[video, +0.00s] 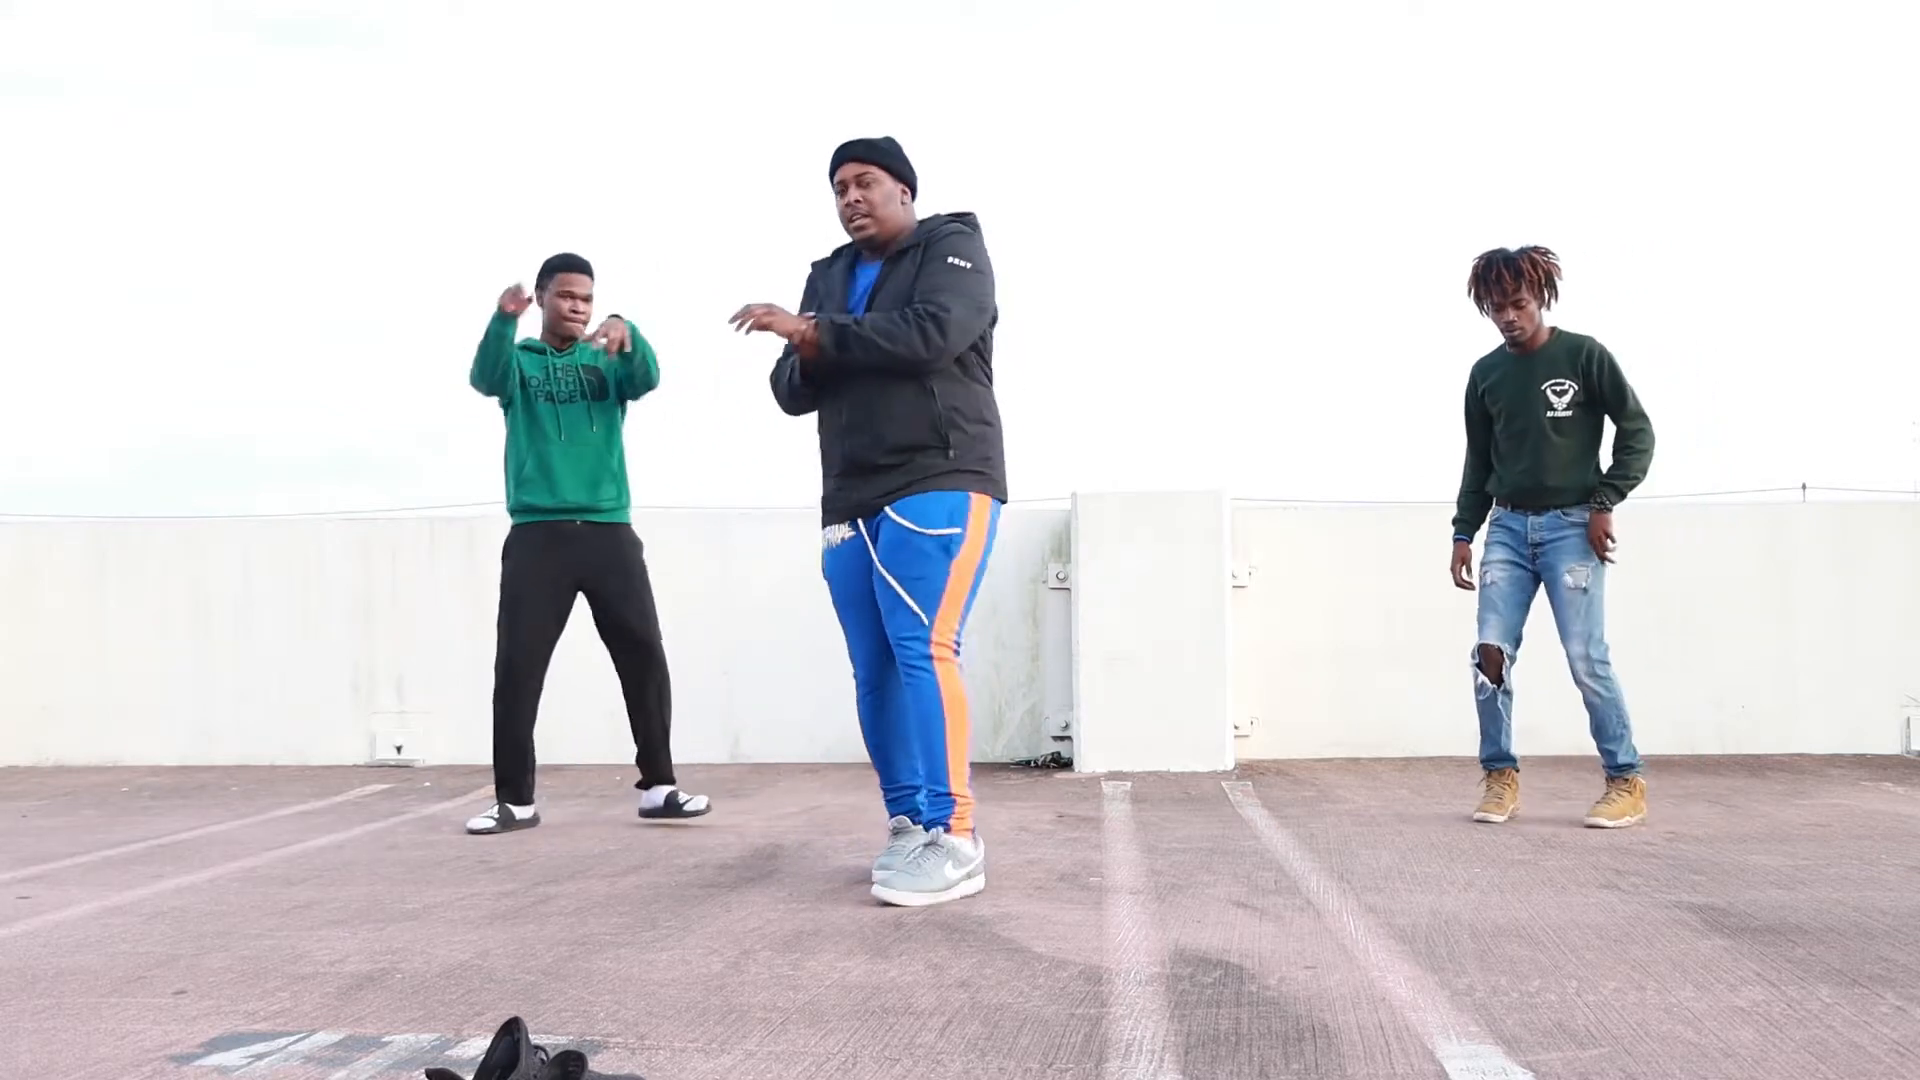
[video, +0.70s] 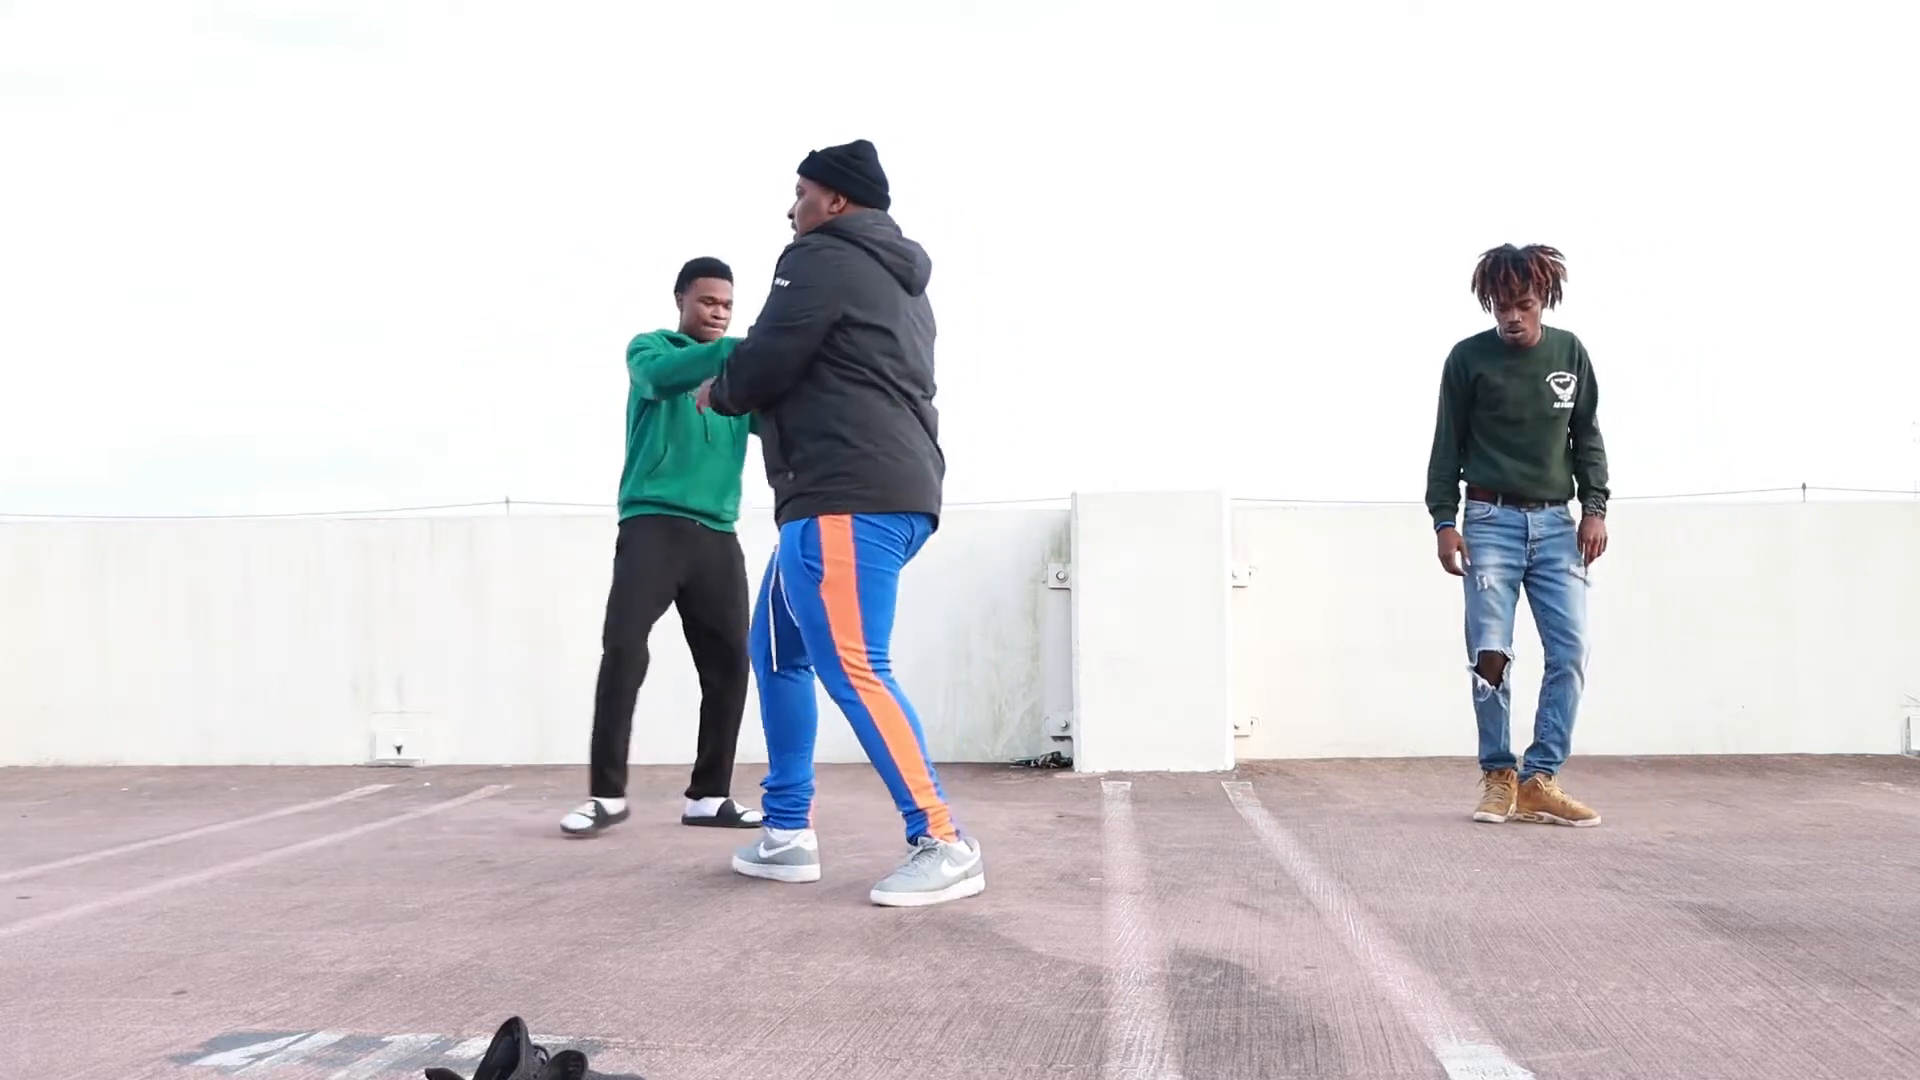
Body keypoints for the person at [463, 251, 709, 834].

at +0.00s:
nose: (576, 306)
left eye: (585, 298)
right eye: (565, 296)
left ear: (593, 305)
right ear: (542, 301)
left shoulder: (607, 359)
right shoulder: (519, 358)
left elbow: (644, 379)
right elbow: (488, 378)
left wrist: (628, 335)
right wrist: (505, 318)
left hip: (610, 534)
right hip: (538, 535)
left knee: (644, 655)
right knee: (517, 668)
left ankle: (658, 788)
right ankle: (514, 801)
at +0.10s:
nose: (584, 299)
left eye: (592, 292)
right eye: (573, 289)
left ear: (599, 302)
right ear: (546, 296)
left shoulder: (611, 358)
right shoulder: (515, 355)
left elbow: (653, 385)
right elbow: (515, 372)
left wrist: (666, 349)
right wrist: (552, 305)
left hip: (613, 534)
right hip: (542, 535)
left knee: (654, 651)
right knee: (523, 669)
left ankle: (677, 784)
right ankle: (515, 801)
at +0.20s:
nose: (599, 310)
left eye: (607, 302)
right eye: (588, 299)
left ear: (613, 309)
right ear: (559, 300)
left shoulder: (621, 366)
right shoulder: (525, 352)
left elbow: (666, 405)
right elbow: (539, 381)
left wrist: (704, 368)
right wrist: (615, 338)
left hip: (620, 537)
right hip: (550, 539)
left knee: (667, 651)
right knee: (527, 669)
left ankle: (697, 786)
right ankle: (515, 802)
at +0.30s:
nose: (618, 325)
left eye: (626, 316)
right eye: (606, 314)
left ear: (632, 321)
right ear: (579, 315)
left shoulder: (638, 386)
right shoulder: (551, 361)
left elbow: (676, 432)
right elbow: (573, 393)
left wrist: (720, 420)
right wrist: (655, 387)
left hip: (633, 549)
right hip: (565, 547)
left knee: (682, 657)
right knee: (534, 673)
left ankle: (702, 796)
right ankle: (514, 803)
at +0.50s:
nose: (675, 329)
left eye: (683, 321)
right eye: (664, 319)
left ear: (690, 329)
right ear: (639, 321)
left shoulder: (691, 398)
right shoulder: (615, 365)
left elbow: (728, 461)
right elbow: (639, 404)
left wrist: (777, 461)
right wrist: (720, 412)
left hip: (681, 551)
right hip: (616, 545)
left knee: (722, 667)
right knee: (570, 670)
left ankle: (708, 798)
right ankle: (518, 794)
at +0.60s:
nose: (699, 322)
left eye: (707, 314)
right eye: (688, 311)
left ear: (714, 323)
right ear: (661, 315)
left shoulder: (717, 394)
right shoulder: (636, 358)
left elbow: (758, 446)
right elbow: (649, 389)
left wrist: (818, 440)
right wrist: (723, 385)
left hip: (702, 548)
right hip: (636, 538)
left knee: (729, 670)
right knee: (592, 660)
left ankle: (708, 797)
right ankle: (550, 789)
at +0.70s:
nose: (716, 313)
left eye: (724, 305)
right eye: (706, 303)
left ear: (731, 311)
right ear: (678, 302)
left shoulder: (740, 364)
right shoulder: (650, 347)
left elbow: (774, 407)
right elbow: (659, 374)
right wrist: (748, 348)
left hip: (717, 536)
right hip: (651, 526)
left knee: (729, 666)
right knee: (624, 651)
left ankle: (708, 797)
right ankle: (608, 796)